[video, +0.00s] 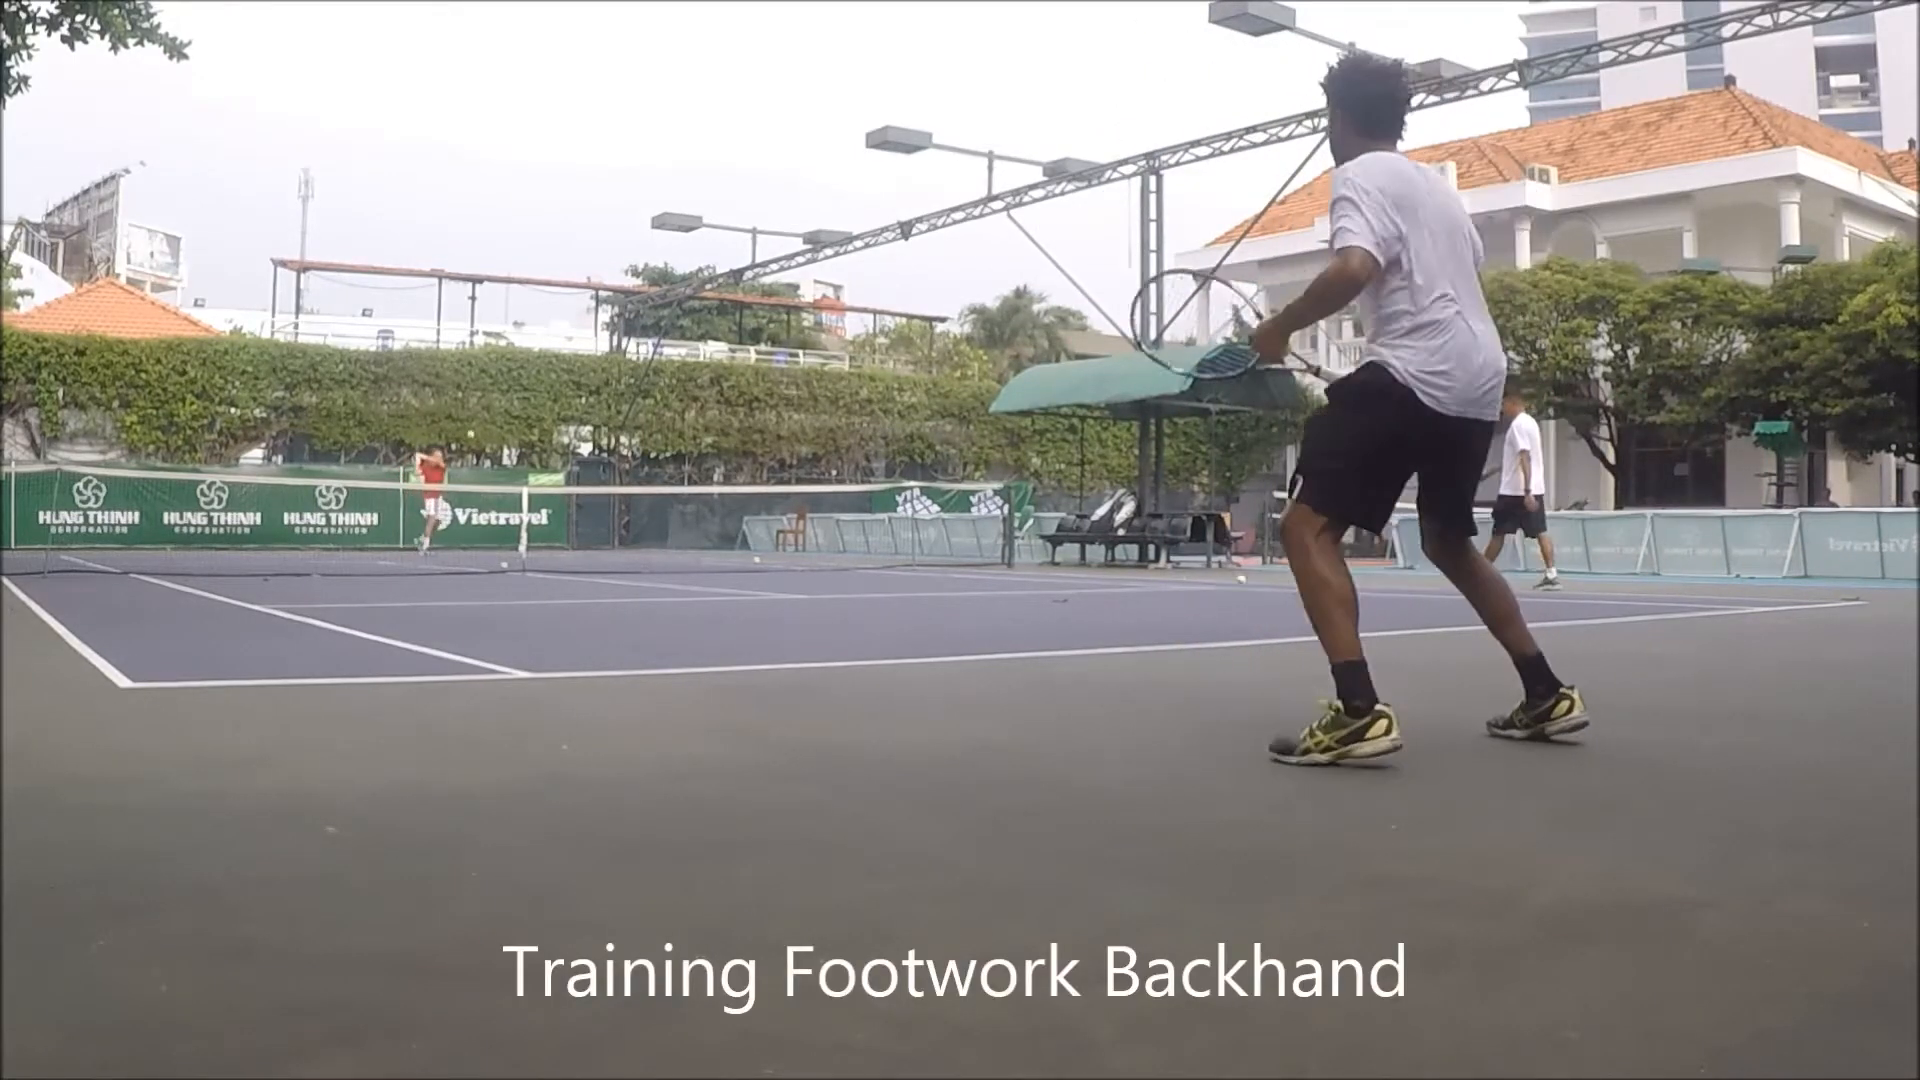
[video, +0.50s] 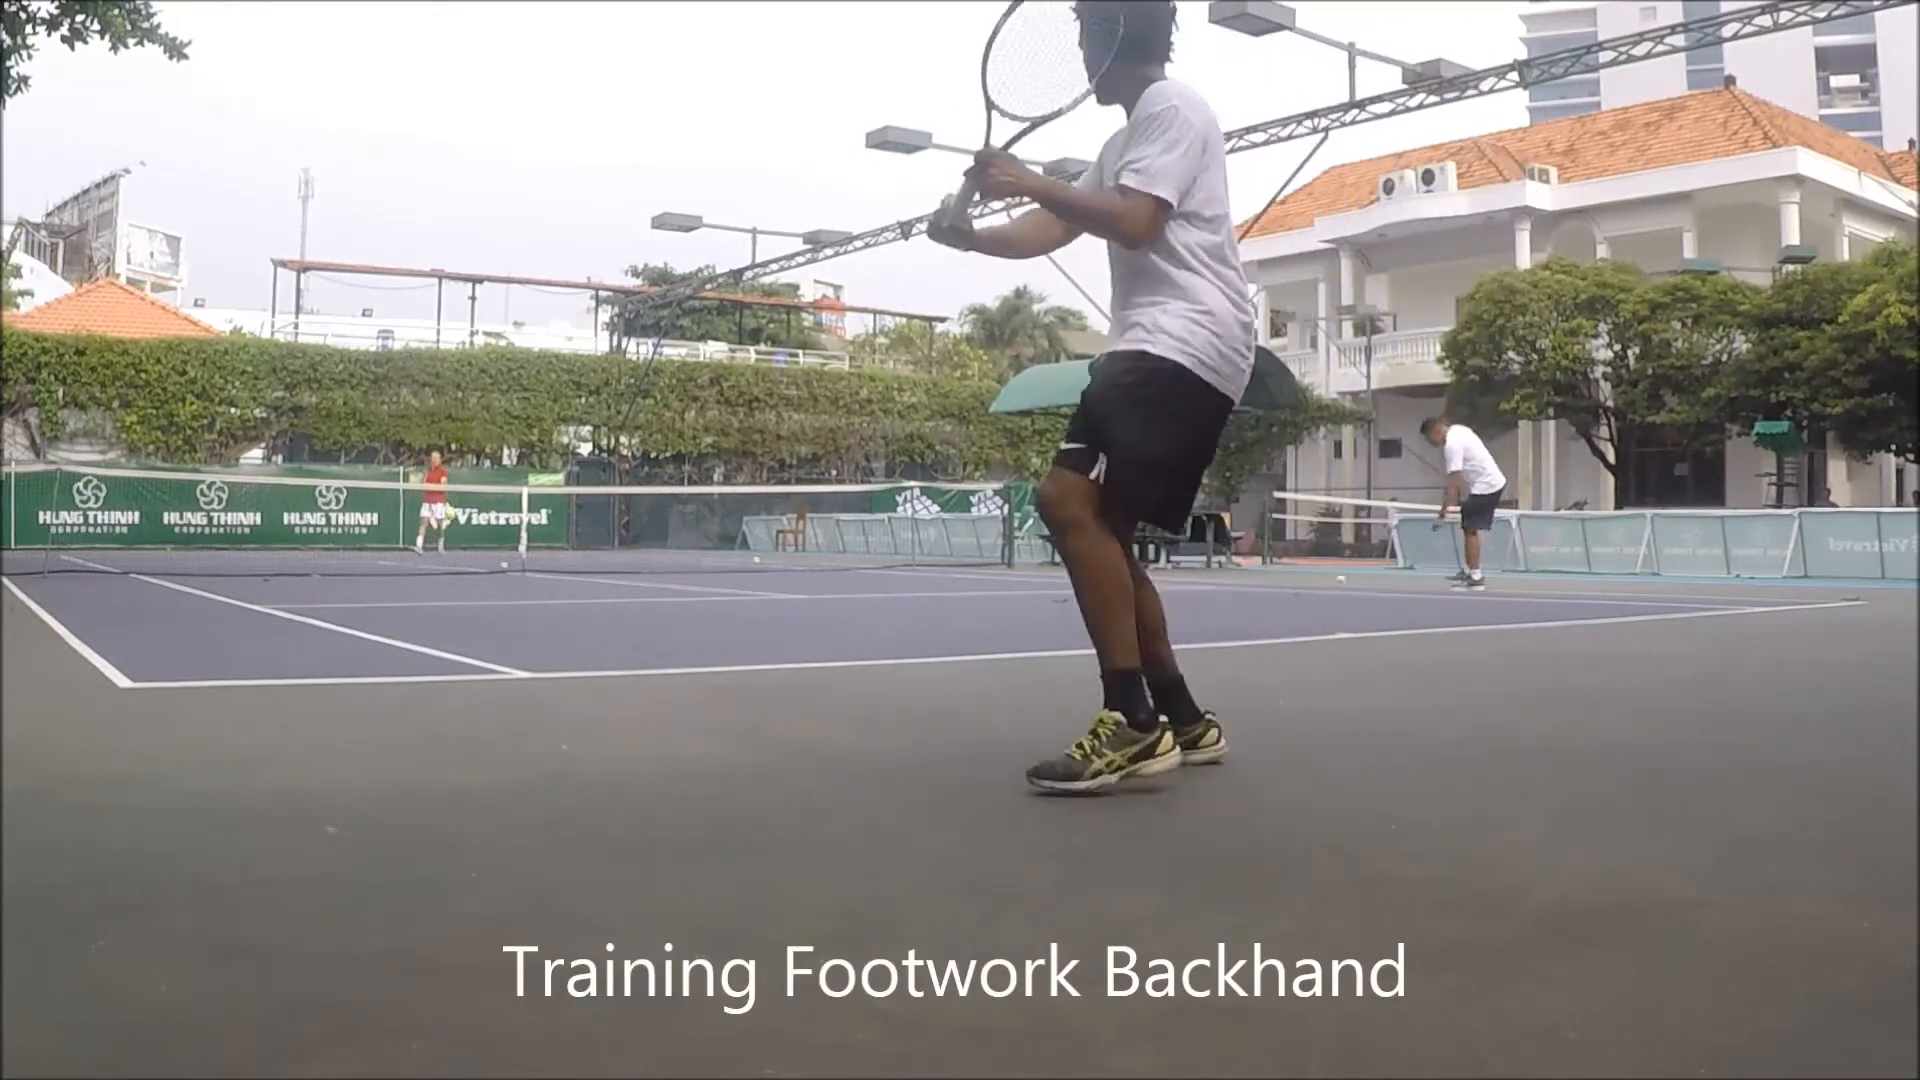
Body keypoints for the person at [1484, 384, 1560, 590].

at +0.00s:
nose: (1501, 409)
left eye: (1503, 404)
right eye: (1501, 404)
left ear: (1512, 402)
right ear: (1517, 402)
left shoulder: (1518, 424)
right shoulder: (1529, 422)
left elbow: (1524, 457)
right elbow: (1528, 458)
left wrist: (1528, 491)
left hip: (1513, 491)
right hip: (1533, 491)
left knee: (1498, 536)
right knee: (1541, 534)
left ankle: (1479, 573)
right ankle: (1551, 574)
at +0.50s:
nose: (1432, 441)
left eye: (1430, 436)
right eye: (1429, 438)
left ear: (1437, 429)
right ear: (1441, 426)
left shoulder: (1452, 441)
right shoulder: (1458, 430)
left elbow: (1454, 477)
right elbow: (1457, 473)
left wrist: (1444, 508)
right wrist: (1458, 495)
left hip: (1485, 485)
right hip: (1490, 482)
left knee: (1470, 528)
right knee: (1470, 527)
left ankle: (1475, 574)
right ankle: (1470, 570)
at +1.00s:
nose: (1411, 504)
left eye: (1410, 500)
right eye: (1408, 502)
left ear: (1414, 489)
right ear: (1413, 487)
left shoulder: (1434, 493)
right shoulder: (1421, 480)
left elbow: (1436, 530)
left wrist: (1436, 565)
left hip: (1478, 490)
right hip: (1458, 494)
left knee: (1464, 527)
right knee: (1445, 529)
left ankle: (1474, 575)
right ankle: (1447, 573)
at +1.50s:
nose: (1415, 423)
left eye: (1418, 418)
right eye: (1412, 420)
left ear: (1426, 418)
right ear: (1411, 423)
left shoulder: (1440, 434)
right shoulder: (1415, 442)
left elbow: (1451, 466)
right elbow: (1422, 469)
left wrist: (1431, 490)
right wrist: (1421, 492)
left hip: (1463, 485)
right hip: (1444, 489)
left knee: (1466, 528)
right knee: (1440, 530)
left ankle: (1473, 573)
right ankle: (1446, 573)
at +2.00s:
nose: (1442, 408)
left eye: (1445, 404)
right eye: (1439, 405)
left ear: (1453, 406)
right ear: (1437, 408)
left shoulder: (1466, 425)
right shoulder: (1433, 431)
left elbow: (1480, 452)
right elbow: (1429, 463)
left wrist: (1464, 476)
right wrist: (1425, 488)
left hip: (1466, 489)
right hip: (1443, 490)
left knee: (1471, 532)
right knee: (1443, 532)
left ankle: (1476, 571)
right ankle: (1446, 572)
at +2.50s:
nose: (1450, 411)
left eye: (1452, 407)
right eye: (1450, 408)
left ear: (1464, 408)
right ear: (1457, 410)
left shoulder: (1482, 426)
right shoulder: (1452, 426)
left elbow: (1509, 445)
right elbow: (1447, 450)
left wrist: (1494, 469)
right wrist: (1447, 471)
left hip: (1478, 488)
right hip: (1456, 487)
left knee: (1482, 533)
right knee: (1450, 530)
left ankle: (1478, 572)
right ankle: (1450, 571)